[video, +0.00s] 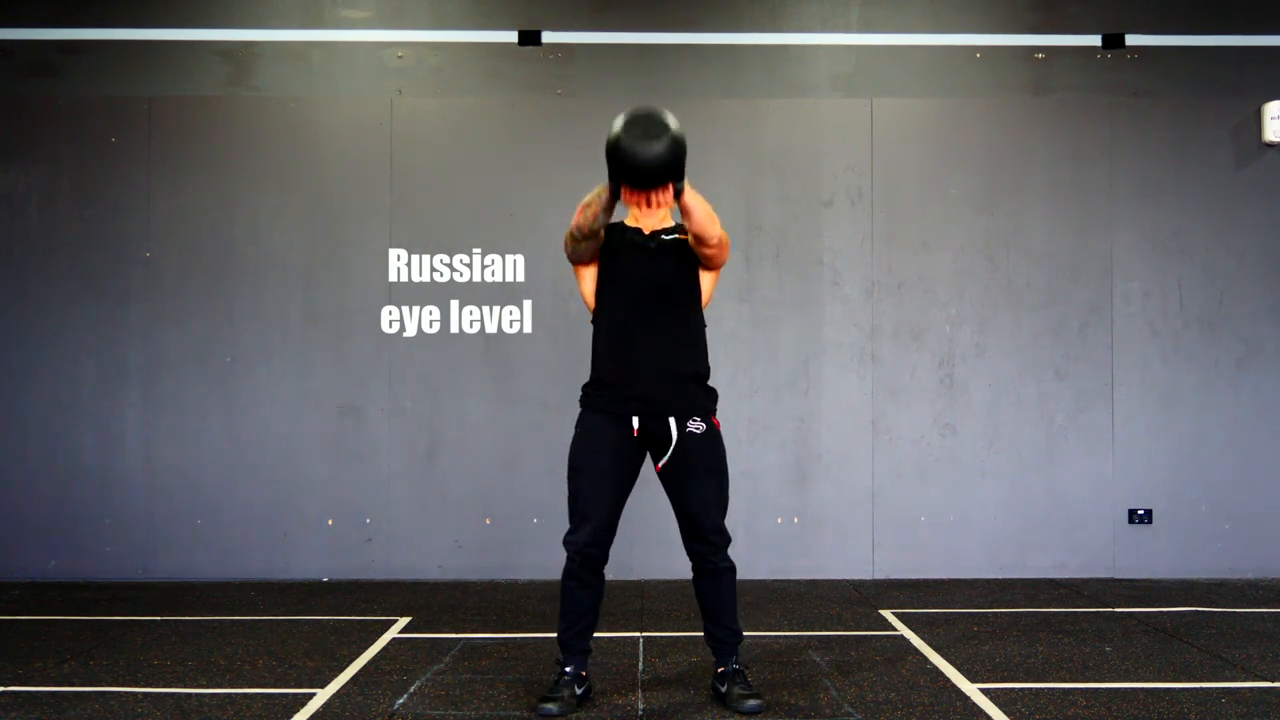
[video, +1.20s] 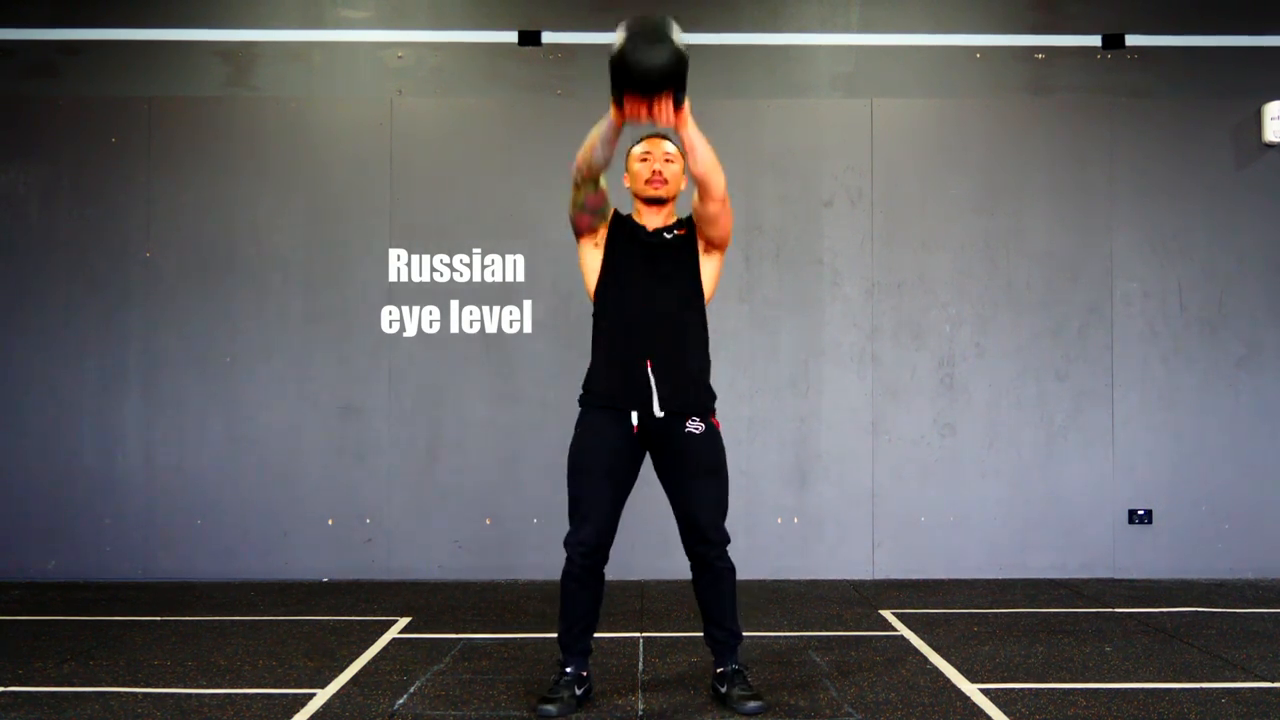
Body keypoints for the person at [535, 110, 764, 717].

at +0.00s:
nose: (649, 201)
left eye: (659, 192)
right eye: (638, 192)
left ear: (677, 184)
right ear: (618, 184)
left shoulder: (703, 242)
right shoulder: (592, 236)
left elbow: (714, 240)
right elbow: (578, 238)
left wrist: (682, 191)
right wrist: (609, 197)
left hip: (685, 408)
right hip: (610, 409)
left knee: (710, 544)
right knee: (585, 543)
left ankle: (729, 669)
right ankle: (572, 673)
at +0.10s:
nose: (648, 168)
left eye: (660, 161)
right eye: (637, 161)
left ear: (677, 180)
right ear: (619, 180)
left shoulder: (700, 241)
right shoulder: (593, 242)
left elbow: (714, 261)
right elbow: (578, 254)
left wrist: (670, 232)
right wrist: (615, 235)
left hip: (685, 411)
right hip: (609, 410)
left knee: (711, 543)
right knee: (583, 543)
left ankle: (730, 670)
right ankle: (571, 672)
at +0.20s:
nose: (648, 168)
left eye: (660, 160)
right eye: (637, 160)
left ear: (676, 178)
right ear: (620, 179)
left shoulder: (704, 246)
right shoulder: (589, 244)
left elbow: (702, 291)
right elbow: (592, 285)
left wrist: (674, 319)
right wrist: (620, 313)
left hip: (683, 413)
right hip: (607, 413)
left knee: (716, 542)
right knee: (578, 542)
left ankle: (730, 670)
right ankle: (571, 672)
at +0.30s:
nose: (647, 171)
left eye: (659, 163)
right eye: (635, 163)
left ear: (676, 181)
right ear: (617, 183)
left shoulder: (706, 258)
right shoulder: (584, 258)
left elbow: (699, 338)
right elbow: (595, 336)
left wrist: (674, 400)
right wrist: (622, 397)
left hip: (686, 415)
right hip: (604, 416)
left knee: (729, 544)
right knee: (565, 544)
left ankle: (731, 671)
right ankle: (570, 672)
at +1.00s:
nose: (651, 183)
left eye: (662, 176)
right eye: (639, 175)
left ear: (679, 194)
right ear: (622, 194)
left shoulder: (705, 257)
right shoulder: (593, 254)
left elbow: (705, 292)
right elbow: (597, 290)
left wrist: (679, 314)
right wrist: (624, 311)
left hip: (687, 417)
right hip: (611, 417)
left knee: (716, 544)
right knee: (584, 546)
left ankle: (730, 671)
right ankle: (573, 673)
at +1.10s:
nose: (653, 181)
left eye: (664, 172)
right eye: (644, 171)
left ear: (679, 190)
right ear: (627, 187)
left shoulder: (703, 255)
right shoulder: (597, 249)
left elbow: (715, 246)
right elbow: (585, 232)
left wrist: (681, 198)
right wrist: (613, 199)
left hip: (686, 415)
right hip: (610, 412)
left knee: (712, 542)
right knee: (583, 545)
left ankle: (729, 670)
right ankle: (573, 672)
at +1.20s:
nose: (657, 166)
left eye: (668, 158)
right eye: (644, 158)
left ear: (683, 175)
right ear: (627, 175)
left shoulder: (705, 242)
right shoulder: (600, 234)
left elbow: (714, 189)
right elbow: (584, 175)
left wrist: (679, 116)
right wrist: (617, 116)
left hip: (686, 414)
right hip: (609, 413)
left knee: (709, 545)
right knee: (586, 543)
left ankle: (729, 672)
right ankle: (573, 674)